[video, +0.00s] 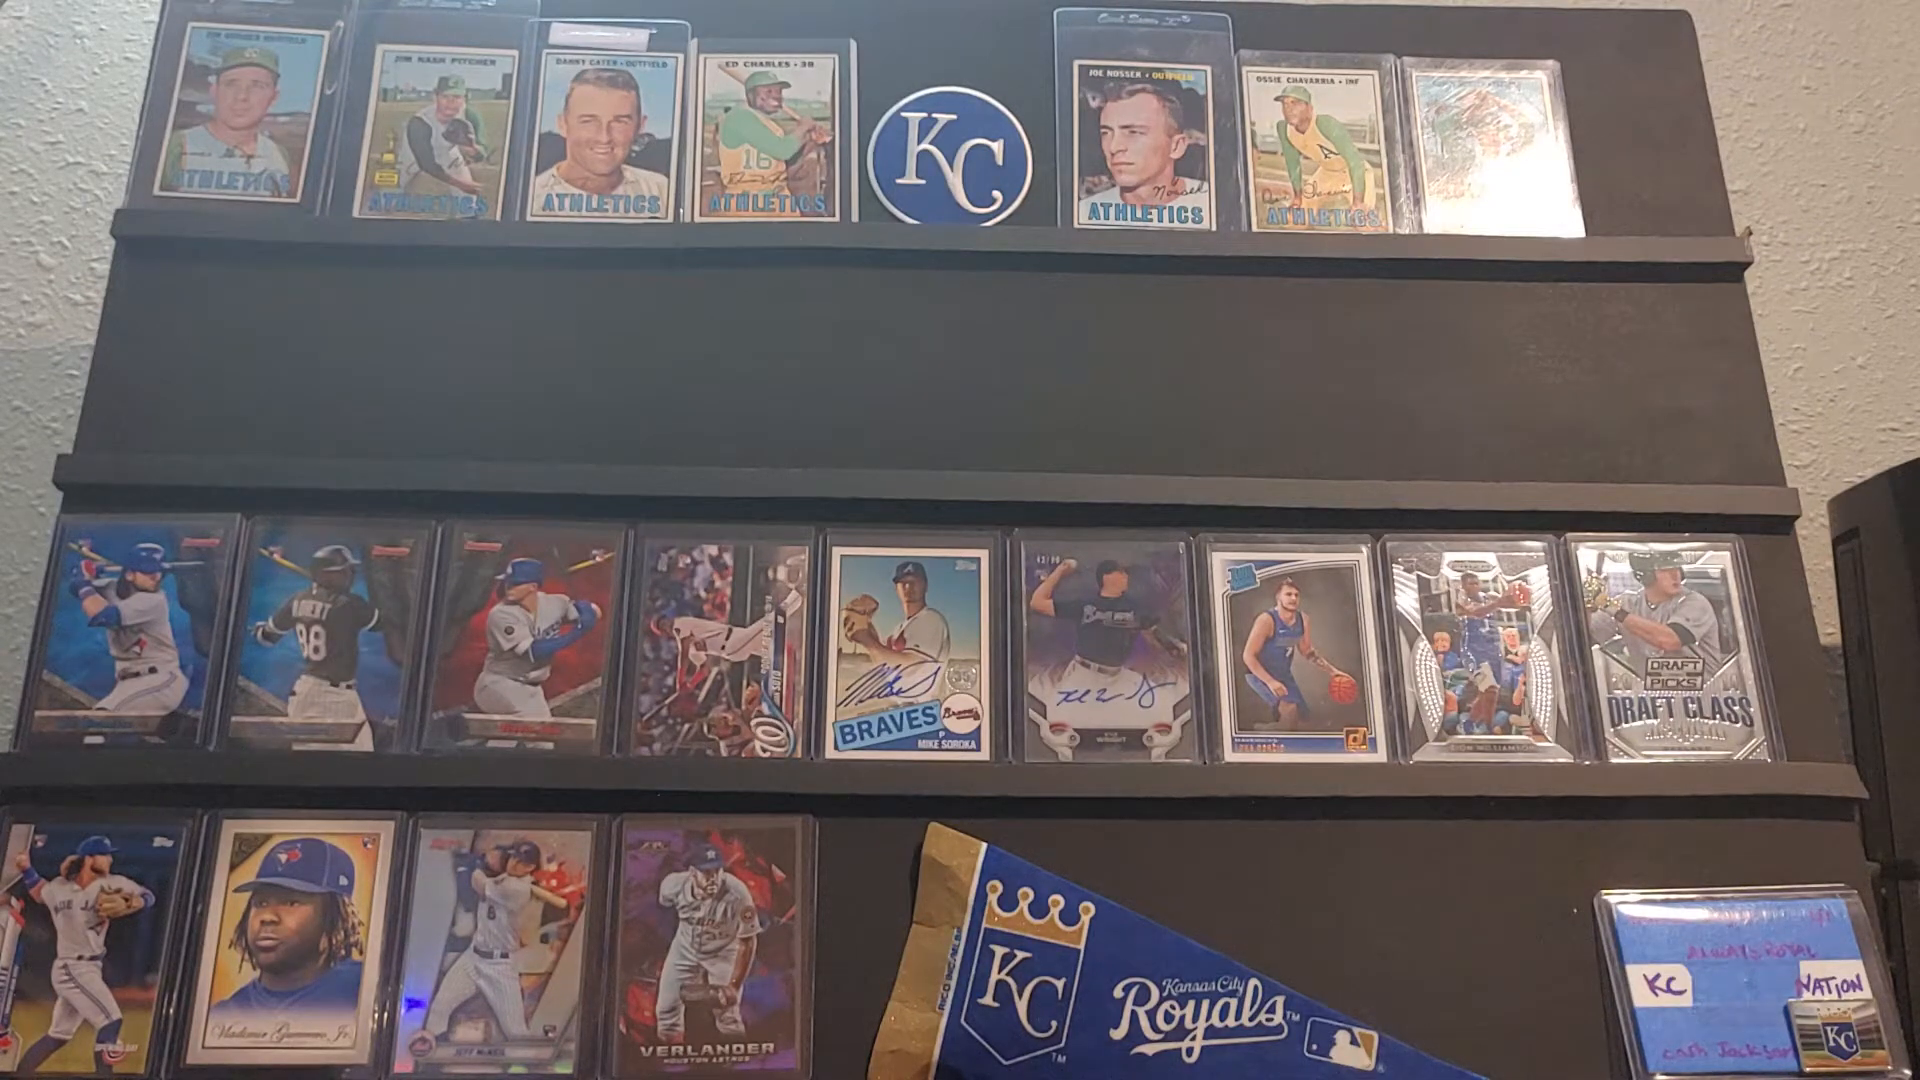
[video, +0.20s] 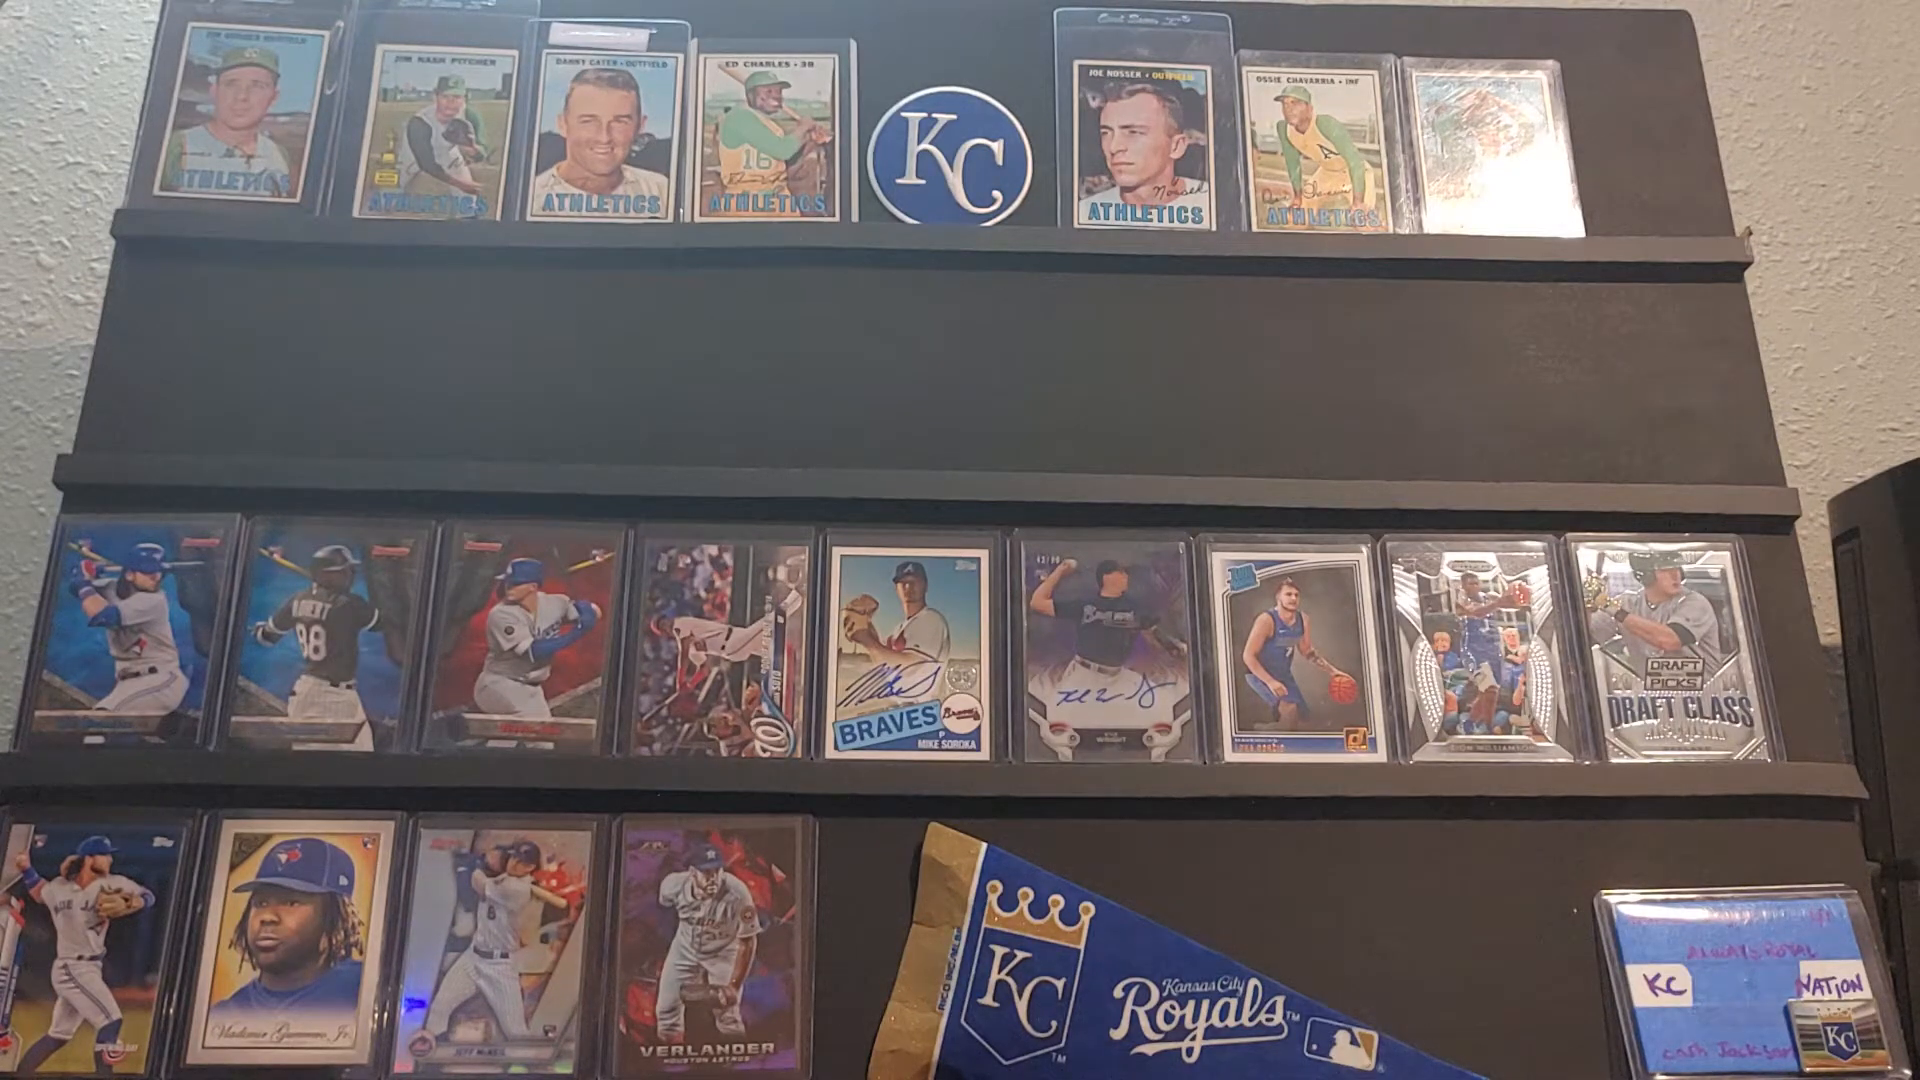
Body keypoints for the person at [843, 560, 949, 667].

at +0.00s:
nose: (907, 588)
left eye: (913, 583)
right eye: (902, 583)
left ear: (925, 586)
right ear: (896, 588)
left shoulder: (931, 619)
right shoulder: (901, 626)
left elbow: (909, 662)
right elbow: (882, 659)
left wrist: (865, 639)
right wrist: (864, 622)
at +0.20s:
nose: (907, 588)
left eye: (913, 583)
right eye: (902, 583)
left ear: (925, 586)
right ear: (896, 587)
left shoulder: (931, 619)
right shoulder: (901, 626)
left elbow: (909, 662)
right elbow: (882, 659)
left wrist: (865, 639)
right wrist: (865, 622)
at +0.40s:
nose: (907, 588)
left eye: (913, 583)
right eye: (902, 583)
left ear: (925, 586)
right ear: (896, 587)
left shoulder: (931, 619)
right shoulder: (902, 626)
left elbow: (909, 662)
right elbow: (882, 660)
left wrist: (865, 639)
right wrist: (864, 622)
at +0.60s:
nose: (907, 588)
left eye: (913, 583)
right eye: (902, 583)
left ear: (925, 586)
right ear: (896, 588)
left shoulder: (931, 619)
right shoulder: (902, 625)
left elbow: (910, 661)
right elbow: (882, 659)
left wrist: (866, 639)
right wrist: (865, 623)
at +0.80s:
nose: (907, 588)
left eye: (913, 583)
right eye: (902, 583)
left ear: (925, 586)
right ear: (896, 588)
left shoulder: (931, 619)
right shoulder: (902, 625)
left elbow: (910, 661)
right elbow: (882, 659)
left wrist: (866, 639)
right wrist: (865, 623)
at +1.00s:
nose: (907, 588)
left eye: (913, 583)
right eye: (902, 583)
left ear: (925, 586)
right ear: (896, 588)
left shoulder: (931, 619)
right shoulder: (902, 626)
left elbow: (910, 662)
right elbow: (882, 659)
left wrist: (865, 639)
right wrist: (865, 623)